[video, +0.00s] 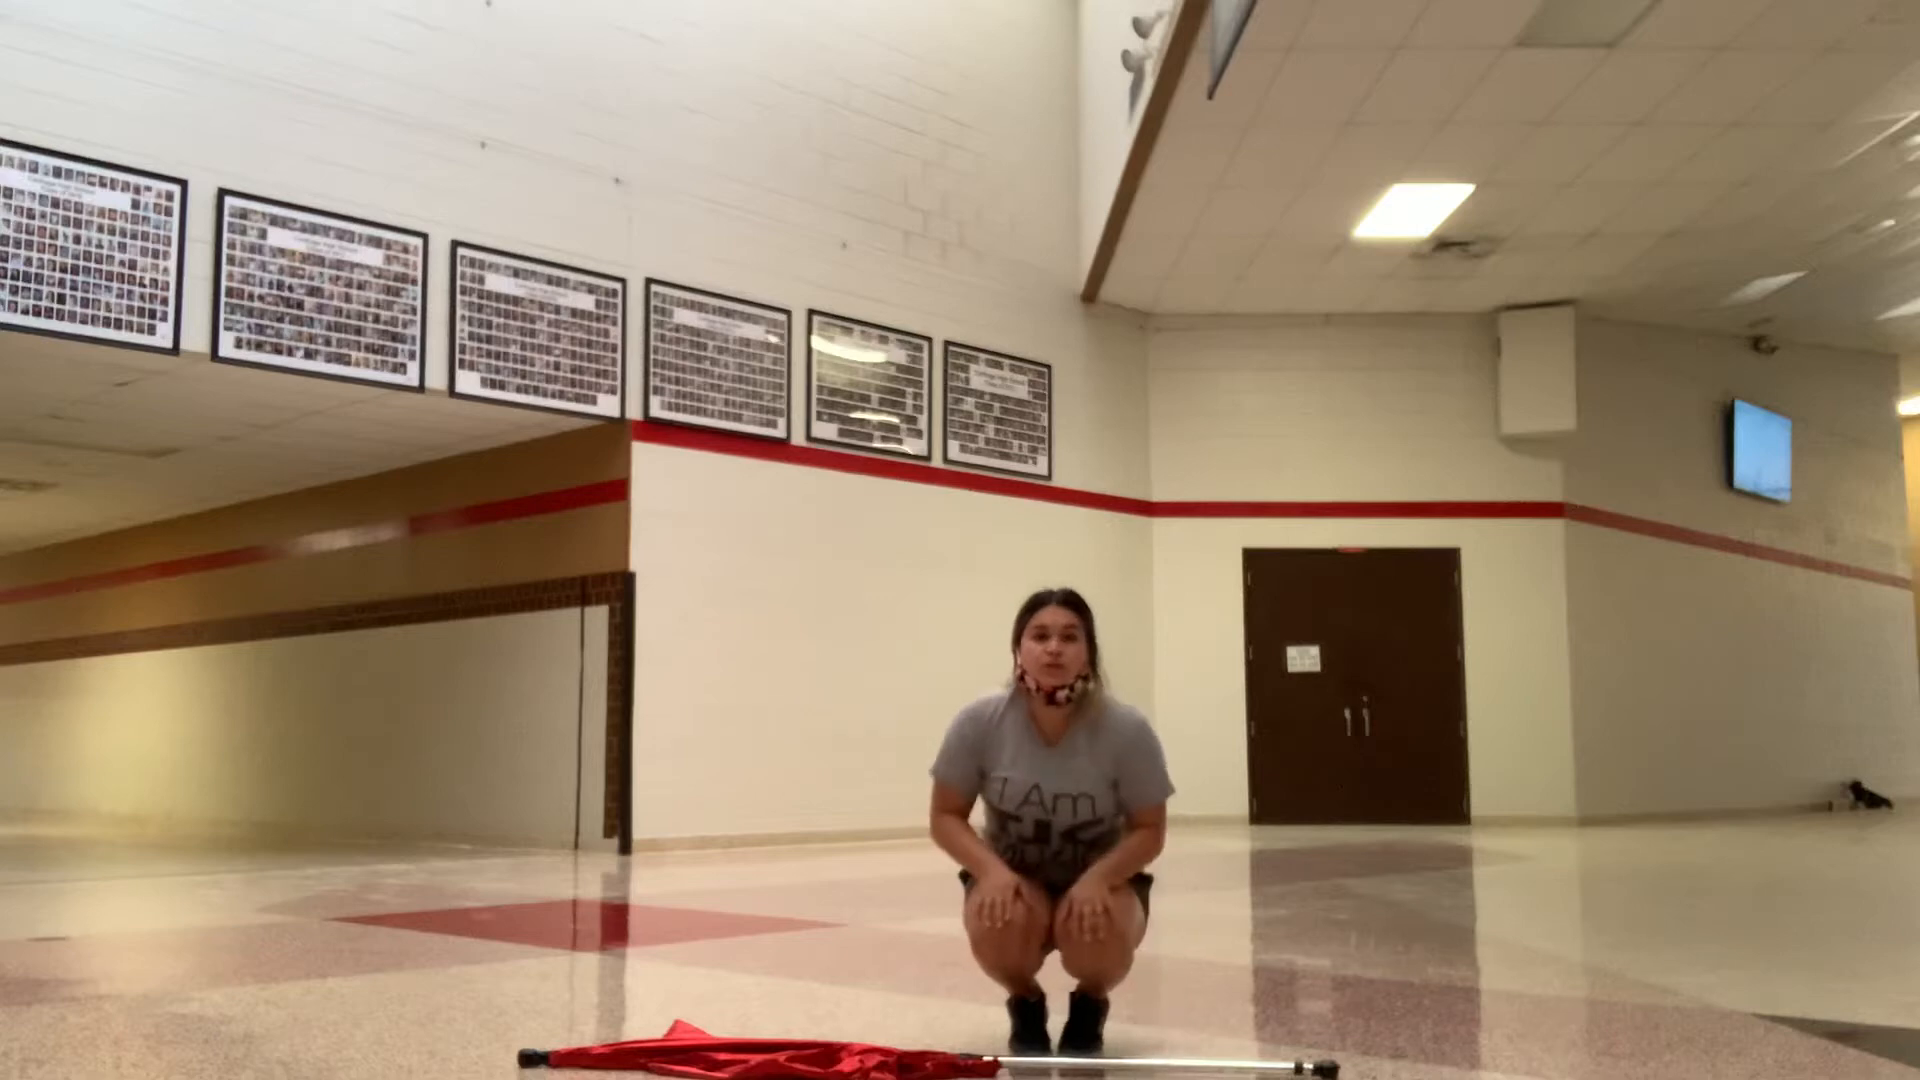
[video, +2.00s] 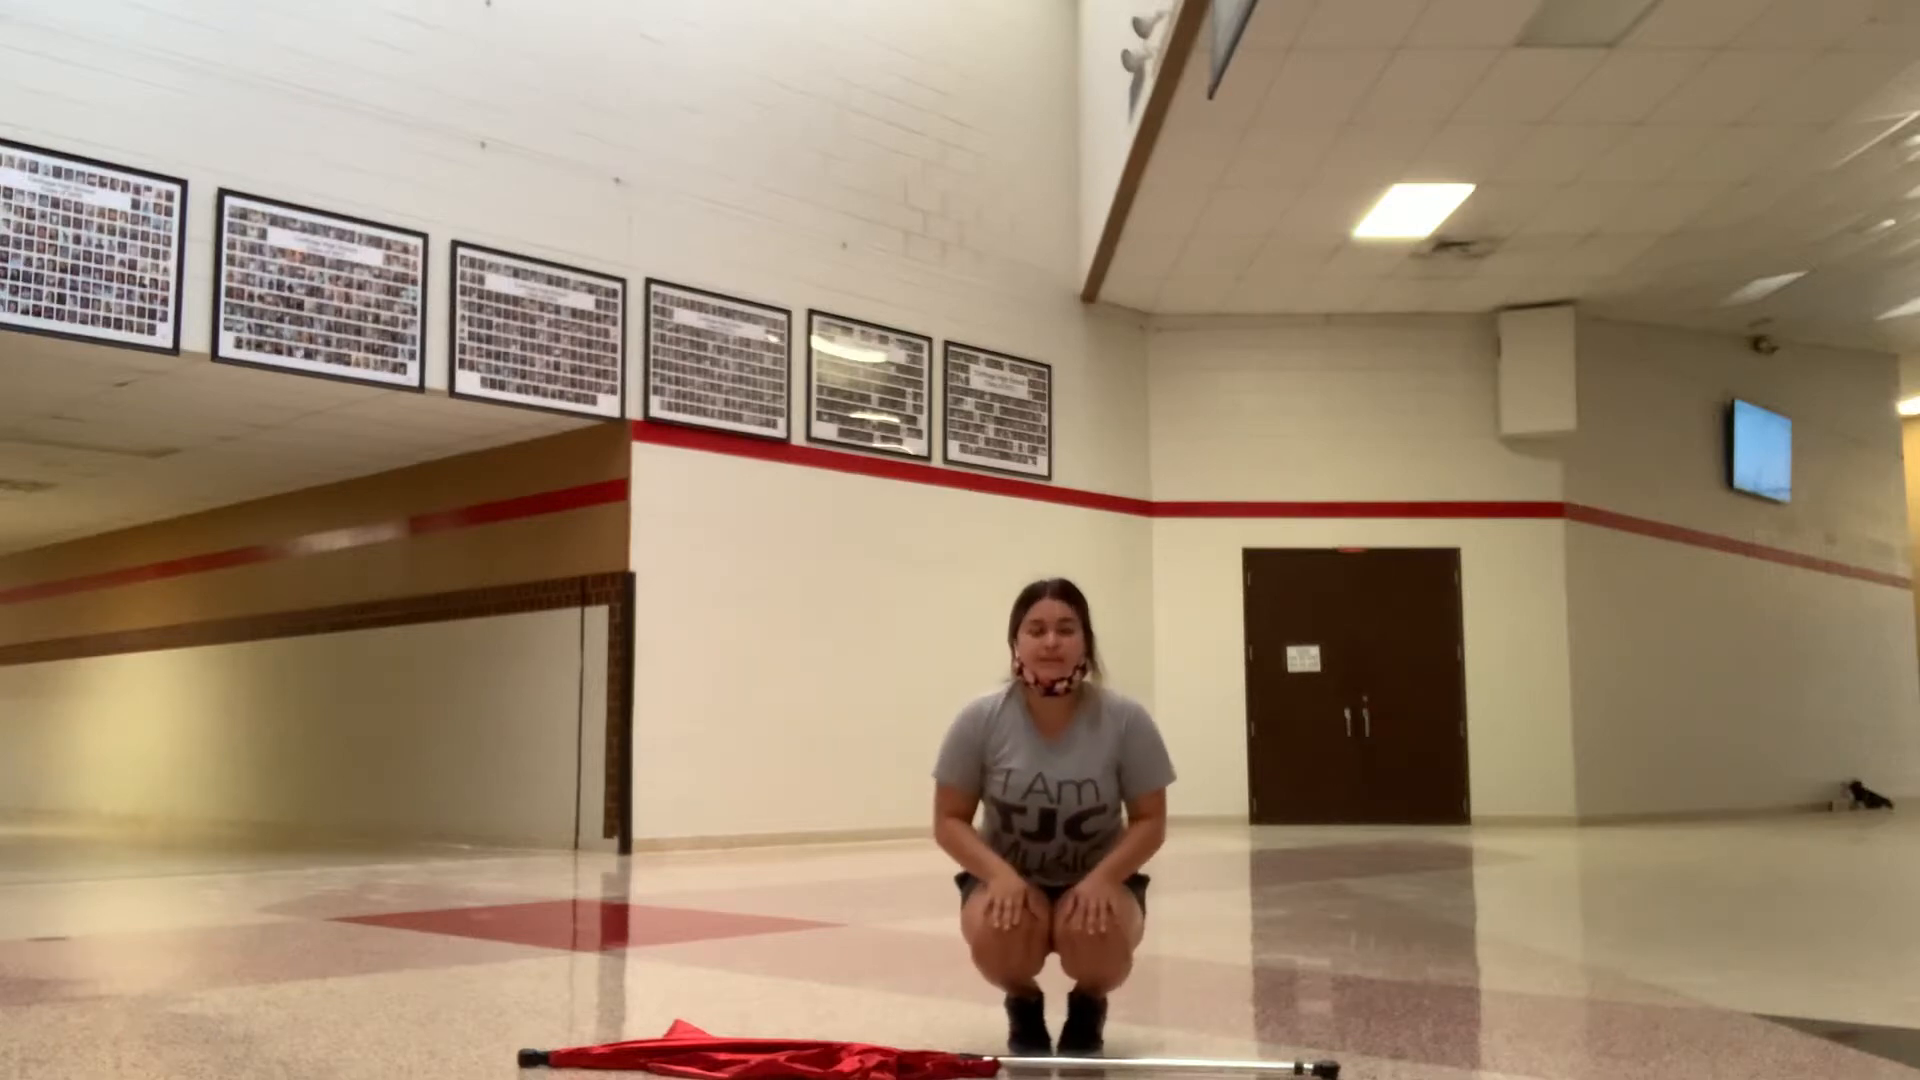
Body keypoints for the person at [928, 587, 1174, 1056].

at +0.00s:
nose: (1054, 648)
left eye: (1069, 637)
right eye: (1040, 636)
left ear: (1089, 654)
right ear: (1018, 652)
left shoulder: (1126, 731)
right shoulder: (981, 724)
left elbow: (1150, 831)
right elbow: (945, 818)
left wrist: (1096, 877)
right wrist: (991, 870)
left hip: (1102, 885)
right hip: (1016, 883)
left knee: (1098, 927)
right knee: (997, 918)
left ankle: (1089, 1004)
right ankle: (1024, 1001)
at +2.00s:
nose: (1051, 642)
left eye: (1065, 629)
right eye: (1037, 630)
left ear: (1086, 644)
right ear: (1015, 647)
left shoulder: (1124, 721)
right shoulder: (981, 722)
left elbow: (1151, 822)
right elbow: (949, 823)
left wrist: (1101, 878)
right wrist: (1001, 874)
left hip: (1097, 884)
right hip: (1010, 884)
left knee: (1097, 929)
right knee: (998, 928)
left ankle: (1088, 1006)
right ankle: (1022, 1004)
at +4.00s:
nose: (1049, 660)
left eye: (1064, 646)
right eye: (1034, 646)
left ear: (1087, 655)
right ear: (1015, 656)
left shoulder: (1126, 726)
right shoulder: (983, 727)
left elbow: (1154, 827)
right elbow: (946, 826)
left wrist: (1103, 879)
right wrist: (994, 875)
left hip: (1097, 883)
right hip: (1008, 882)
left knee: (1098, 930)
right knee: (997, 929)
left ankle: (1088, 1006)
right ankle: (1022, 1004)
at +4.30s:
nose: (1037, 722)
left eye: (1053, 707)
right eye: (1024, 706)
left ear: (1081, 698)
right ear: (1009, 697)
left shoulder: (1125, 749)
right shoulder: (979, 749)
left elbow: (1166, 844)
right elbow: (943, 841)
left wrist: (1154, 911)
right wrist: (939, 915)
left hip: (1095, 881)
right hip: (1007, 880)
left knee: (1100, 921)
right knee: (1000, 922)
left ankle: (1085, 1001)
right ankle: (1025, 1001)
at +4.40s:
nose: (1037, 741)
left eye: (1053, 726)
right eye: (1024, 726)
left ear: (1080, 715)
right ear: (1009, 715)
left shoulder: (1123, 760)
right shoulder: (981, 758)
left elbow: (1171, 860)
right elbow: (937, 856)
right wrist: (932, 954)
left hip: (1095, 882)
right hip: (1006, 881)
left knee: (1105, 918)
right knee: (1001, 920)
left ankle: (1085, 1002)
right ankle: (1025, 1001)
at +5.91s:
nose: (1050, 803)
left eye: (1066, 787)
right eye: (1034, 788)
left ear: (1085, 768)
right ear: (1011, 772)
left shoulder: (1122, 790)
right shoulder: (975, 787)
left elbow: (1159, 908)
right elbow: (939, 902)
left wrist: (1176, 1021)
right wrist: (921, 1016)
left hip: (1094, 907)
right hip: (1021, 907)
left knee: (1103, 920)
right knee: (991, 916)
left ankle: (1083, 1003)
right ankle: (1039, 1000)